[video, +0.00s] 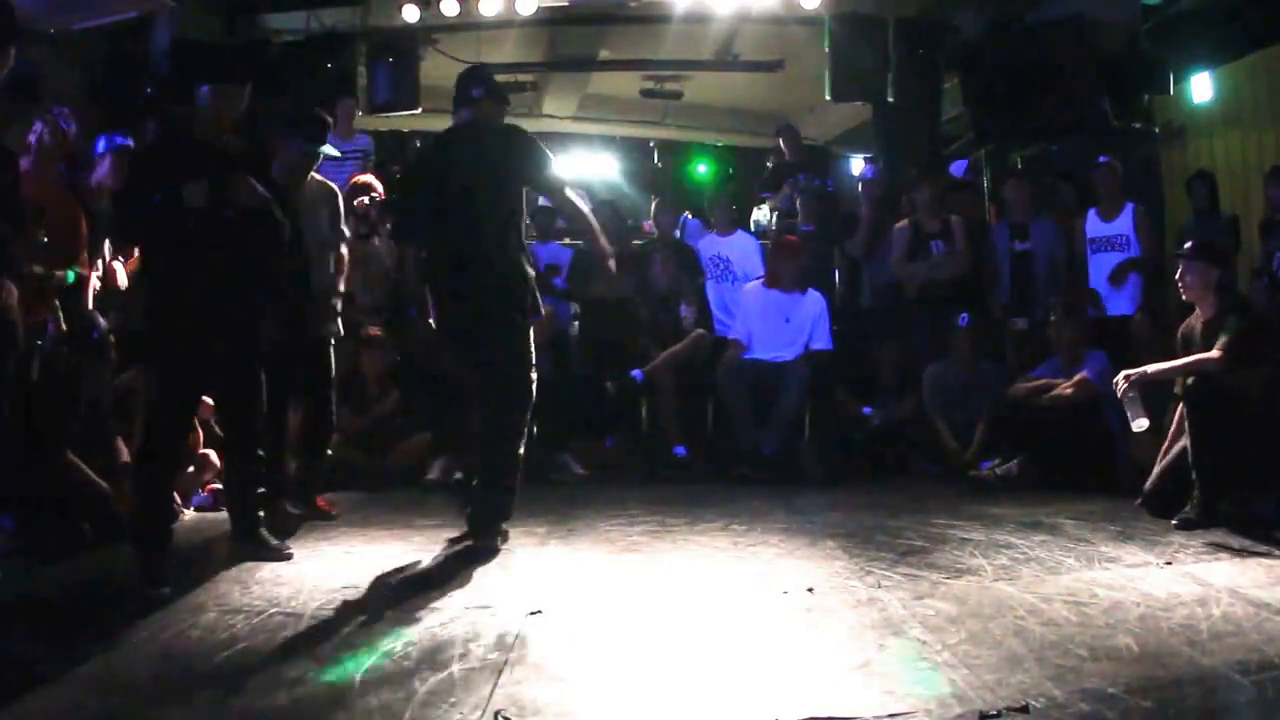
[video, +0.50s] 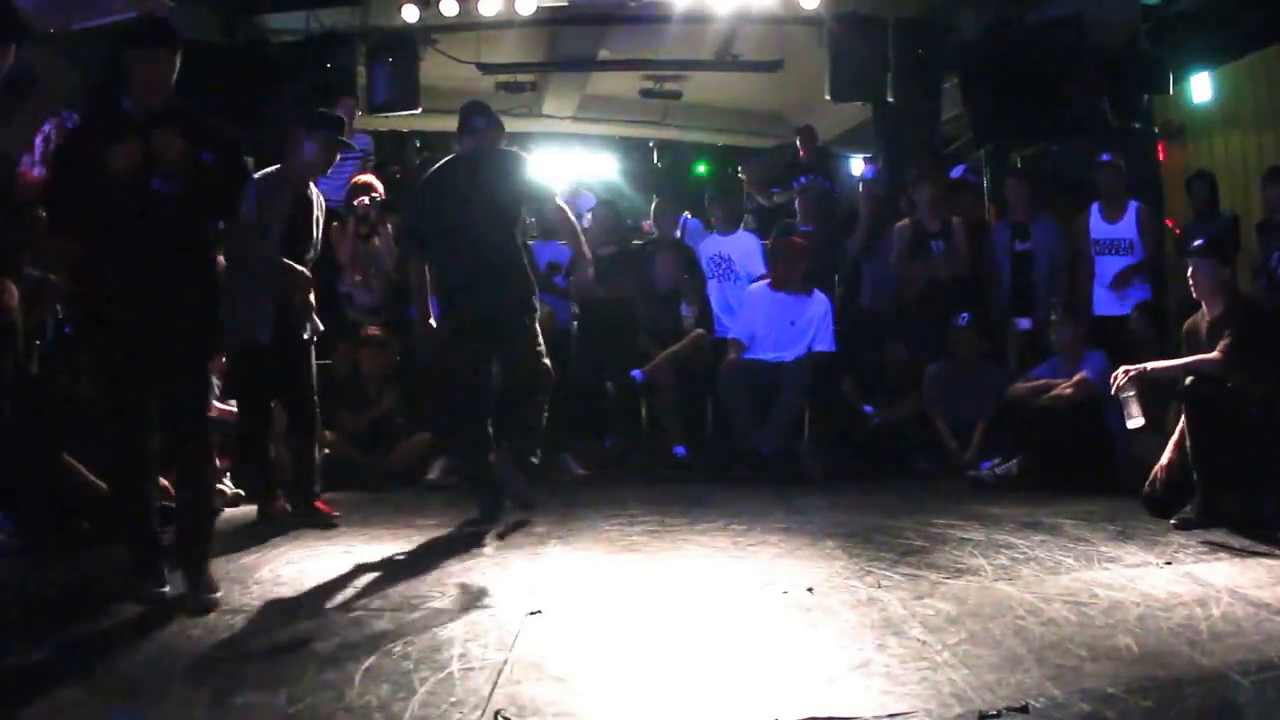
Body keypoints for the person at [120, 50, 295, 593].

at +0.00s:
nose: (229, 114)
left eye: (236, 104)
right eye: (220, 103)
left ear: (242, 110)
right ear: (197, 107)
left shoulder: (249, 159)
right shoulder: (161, 161)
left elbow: (285, 243)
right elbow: (126, 231)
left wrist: (263, 206)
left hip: (240, 313)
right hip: (174, 312)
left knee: (245, 424)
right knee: (164, 432)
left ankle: (248, 527)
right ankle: (151, 547)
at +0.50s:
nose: (153, 75)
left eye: (163, 63)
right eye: (142, 63)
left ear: (176, 65)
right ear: (125, 66)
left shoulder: (200, 133)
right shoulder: (93, 134)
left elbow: (231, 202)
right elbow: (61, 215)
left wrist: (186, 167)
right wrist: (109, 173)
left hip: (186, 305)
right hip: (114, 307)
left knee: (190, 436)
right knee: (126, 438)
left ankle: (197, 567)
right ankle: (143, 568)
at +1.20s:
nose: (132, 53)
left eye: (148, 44)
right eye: (127, 37)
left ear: (167, 46)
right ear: (108, 30)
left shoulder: (169, 107)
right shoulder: (51, 89)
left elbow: (183, 188)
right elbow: (17, 164)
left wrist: (136, 117)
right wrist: (73, 109)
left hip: (121, 301)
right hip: (39, 297)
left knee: (116, 453)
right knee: (26, 447)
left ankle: (114, 598)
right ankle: (41, 587)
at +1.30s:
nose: (134, 41)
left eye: (147, 31)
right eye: (126, 26)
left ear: (161, 33)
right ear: (100, 20)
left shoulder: (163, 96)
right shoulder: (46, 81)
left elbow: (187, 182)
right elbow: (16, 164)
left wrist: (132, 108)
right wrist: (68, 107)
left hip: (120, 297)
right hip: (39, 294)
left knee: (117, 456)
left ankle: (116, 603)